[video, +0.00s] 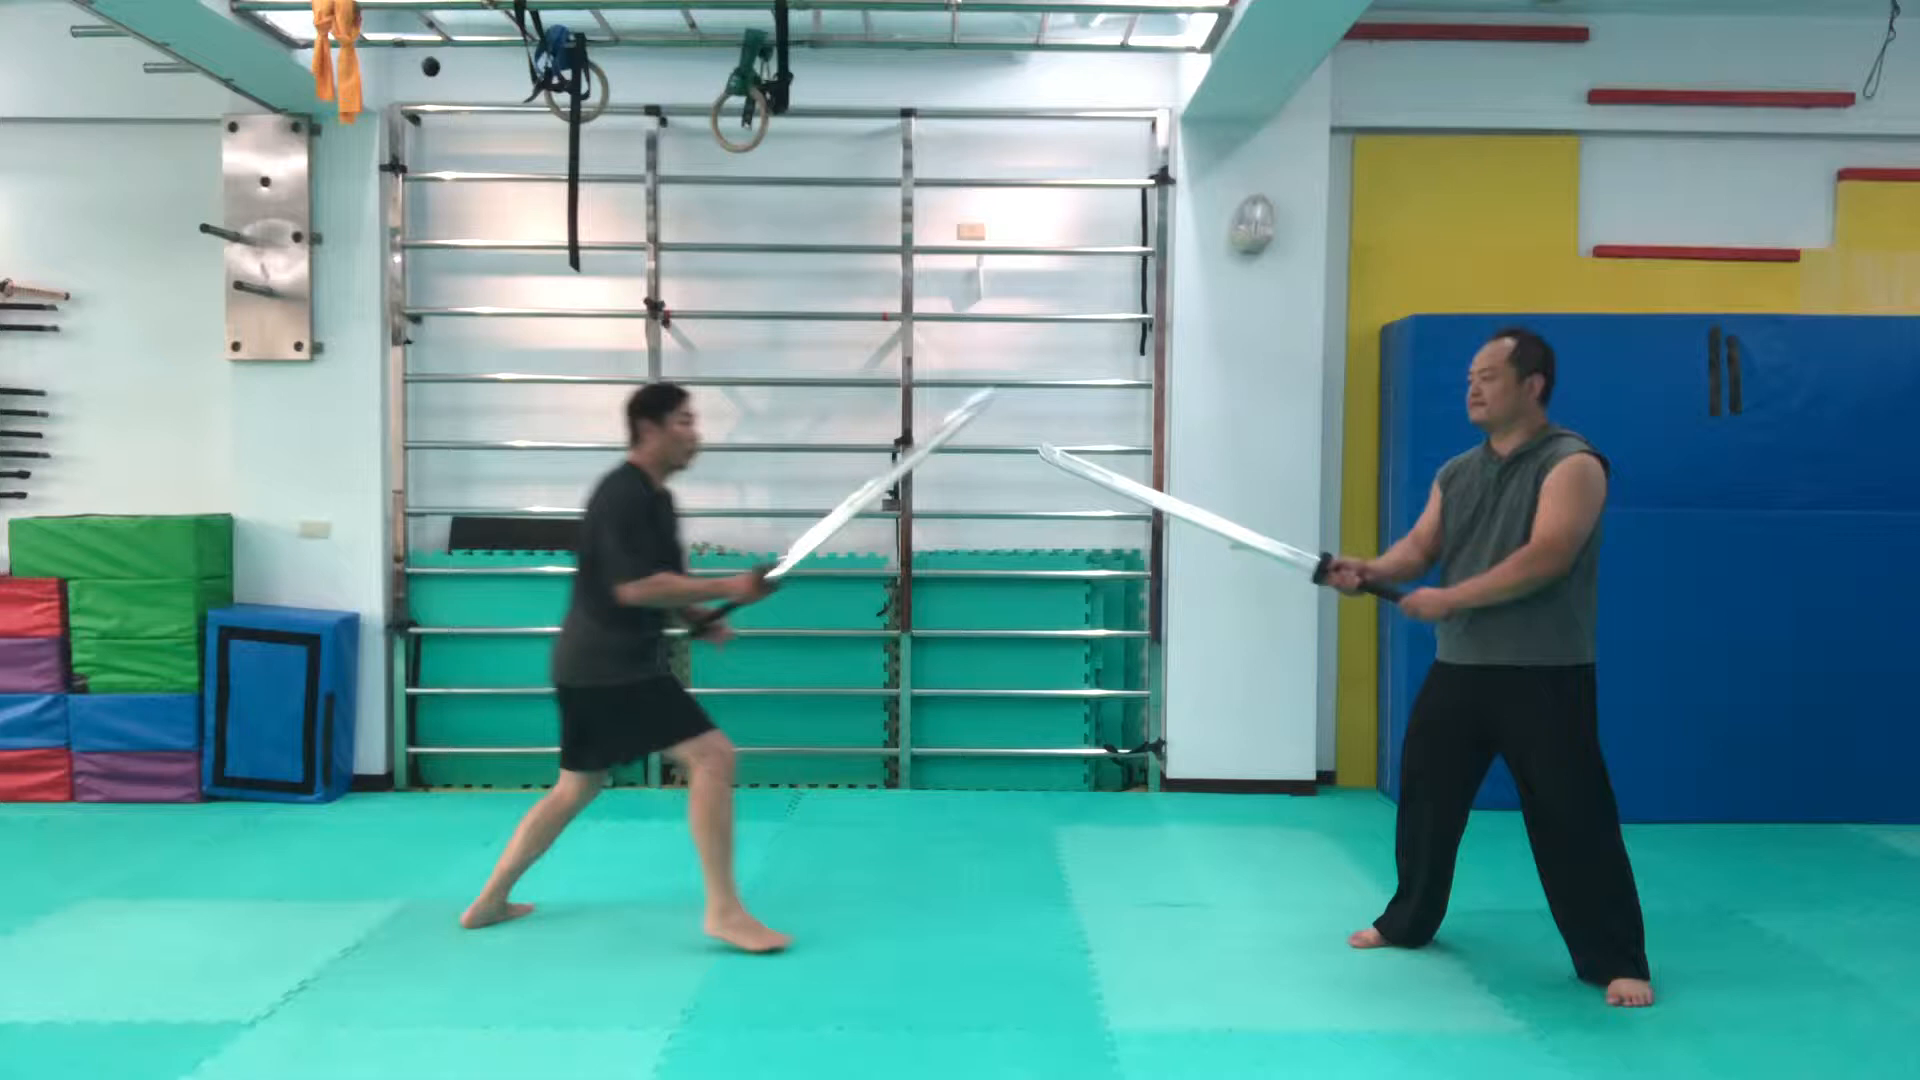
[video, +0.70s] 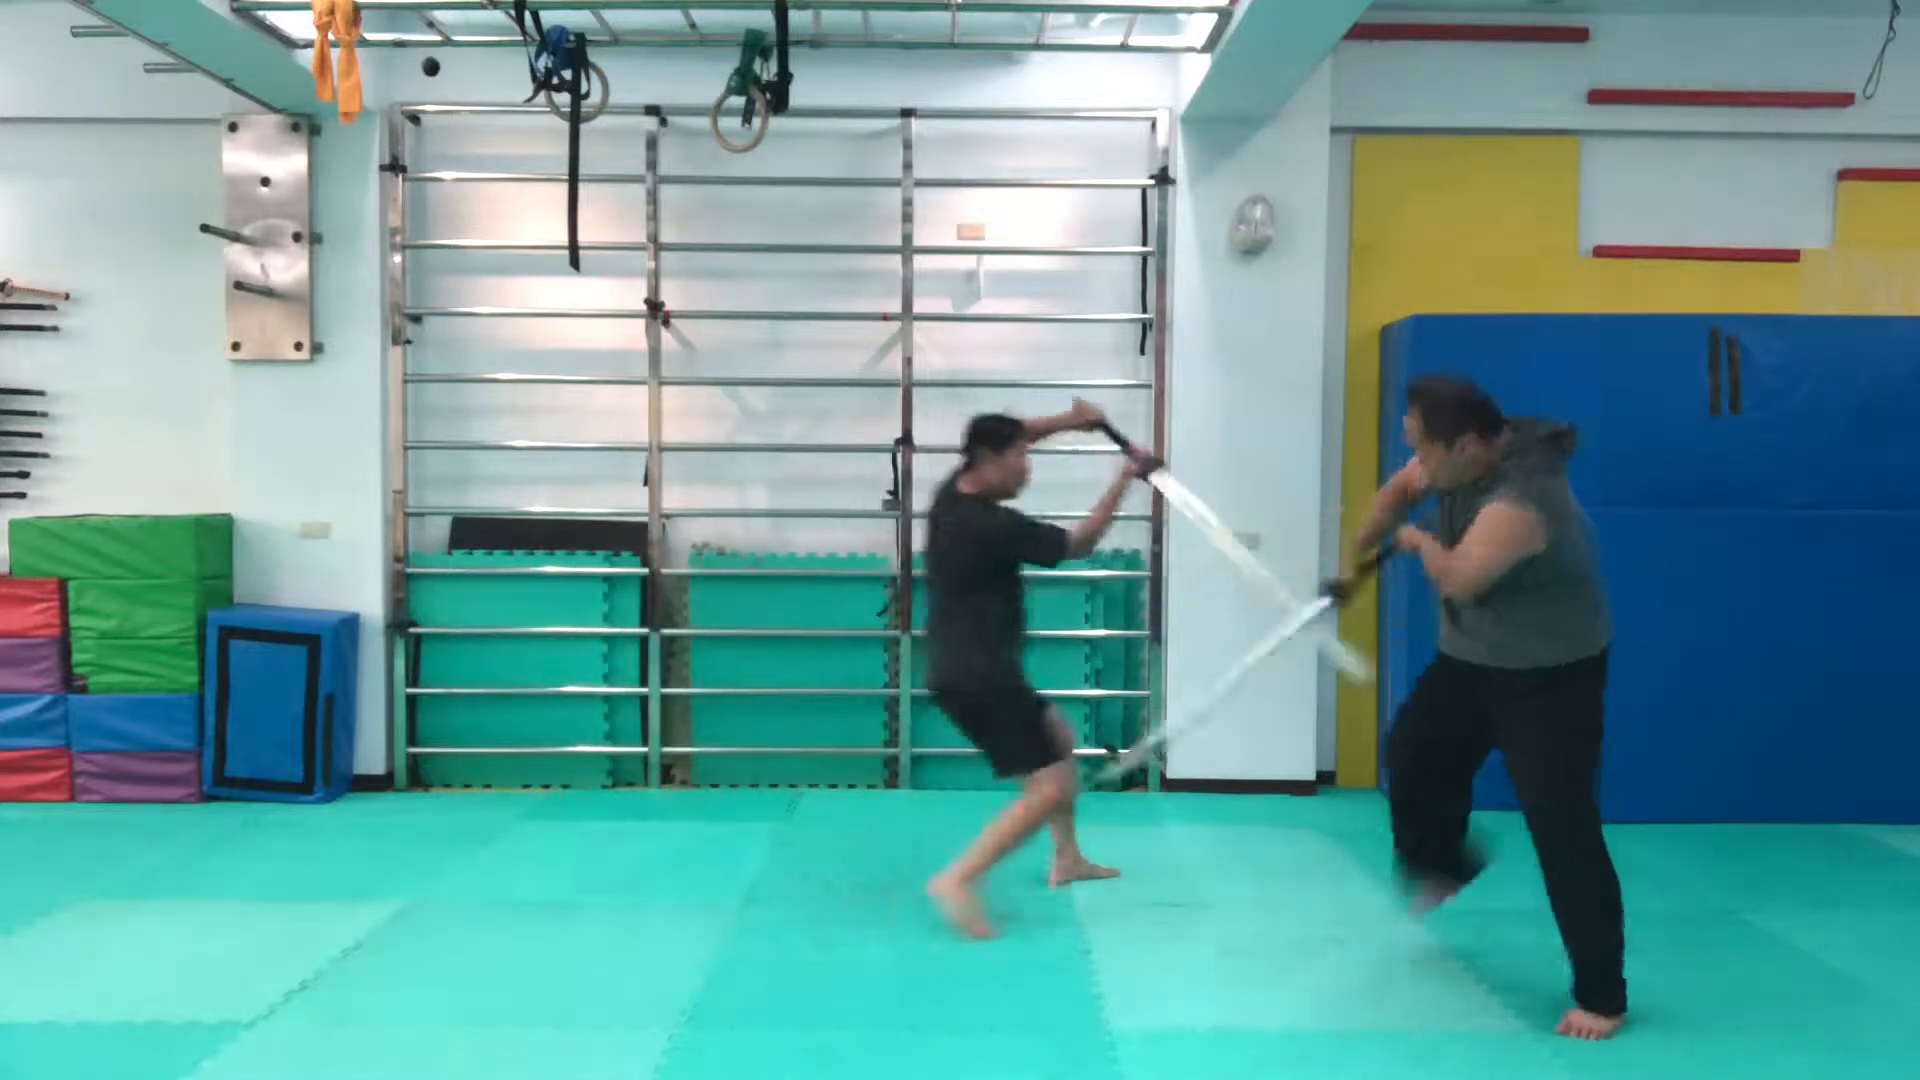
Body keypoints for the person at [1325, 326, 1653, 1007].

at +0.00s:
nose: (1472, 389)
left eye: (1487, 379)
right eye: (1471, 379)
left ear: (1532, 386)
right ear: (1478, 389)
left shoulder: (1573, 466)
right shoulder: (1455, 474)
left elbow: (1548, 557)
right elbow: (1416, 550)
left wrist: (1451, 599)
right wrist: (1366, 571)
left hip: (1547, 679)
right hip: (1460, 673)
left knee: (1575, 822)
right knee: (1427, 795)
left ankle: (1619, 966)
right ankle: (1409, 921)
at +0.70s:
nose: (1415, 459)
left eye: (1424, 449)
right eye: (1414, 447)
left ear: (1470, 446)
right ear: (1458, 441)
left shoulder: (1524, 492)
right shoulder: (1454, 460)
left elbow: (1460, 580)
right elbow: (1394, 495)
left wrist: (1416, 541)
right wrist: (1355, 560)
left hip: (1553, 671)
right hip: (1472, 662)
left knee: (1563, 827)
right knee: (1417, 756)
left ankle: (1601, 997)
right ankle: (1438, 866)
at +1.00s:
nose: (1392, 451)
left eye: (1393, 438)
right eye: (1390, 438)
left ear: (1423, 434)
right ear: (1450, 422)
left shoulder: (1453, 487)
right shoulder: (1510, 446)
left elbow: (1374, 549)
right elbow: (1457, 519)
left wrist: (1373, 544)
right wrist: (1396, 530)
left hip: (1555, 681)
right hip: (1511, 661)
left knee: (1563, 836)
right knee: (1397, 677)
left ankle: (1609, 998)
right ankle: (1419, 835)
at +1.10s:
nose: (1390, 426)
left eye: (1394, 412)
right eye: (1390, 414)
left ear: (1426, 408)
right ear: (1444, 408)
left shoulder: (1472, 442)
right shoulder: (1468, 473)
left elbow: (1353, 454)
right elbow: (1406, 526)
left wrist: (1312, 483)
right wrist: (1324, 523)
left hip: (1540, 678)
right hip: (1482, 672)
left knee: (1552, 840)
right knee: (1382, 707)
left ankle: (1612, 999)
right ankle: (1323, 857)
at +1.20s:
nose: (1395, 403)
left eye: (1405, 391)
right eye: (1396, 392)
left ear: (1434, 391)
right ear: (1421, 400)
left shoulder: (1482, 432)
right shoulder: (1429, 479)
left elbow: (1367, 393)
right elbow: (1352, 513)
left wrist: (1296, 405)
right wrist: (1261, 473)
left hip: (1506, 672)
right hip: (1446, 669)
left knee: (1525, 830)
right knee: (1349, 743)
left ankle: (1615, 995)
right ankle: (1278, 875)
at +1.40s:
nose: (1308, 428)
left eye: (1319, 415)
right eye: (1307, 417)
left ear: (1354, 414)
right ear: (1324, 422)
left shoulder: (1417, 459)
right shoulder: (1333, 496)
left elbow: (1337, 375)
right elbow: (1252, 504)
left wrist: (1259, 350)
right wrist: (1216, 430)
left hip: (1425, 683)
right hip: (1348, 688)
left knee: (1482, 843)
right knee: (1279, 807)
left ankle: (1602, 981)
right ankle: (1262, 956)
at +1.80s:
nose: (1296, 404)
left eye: (1308, 392)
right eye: (1297, 392)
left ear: (1354, 400)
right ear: (1324, 402)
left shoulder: (1407, 451)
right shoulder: (1309, 475)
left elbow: (1326, 447)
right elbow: (1255, 544)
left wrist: (1232, 442)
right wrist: (1188, 491)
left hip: (1411, 679)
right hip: (1325, 681)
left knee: (1471, 840)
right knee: (1268, 806)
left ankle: (1573, 996)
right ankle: (1258, 958)